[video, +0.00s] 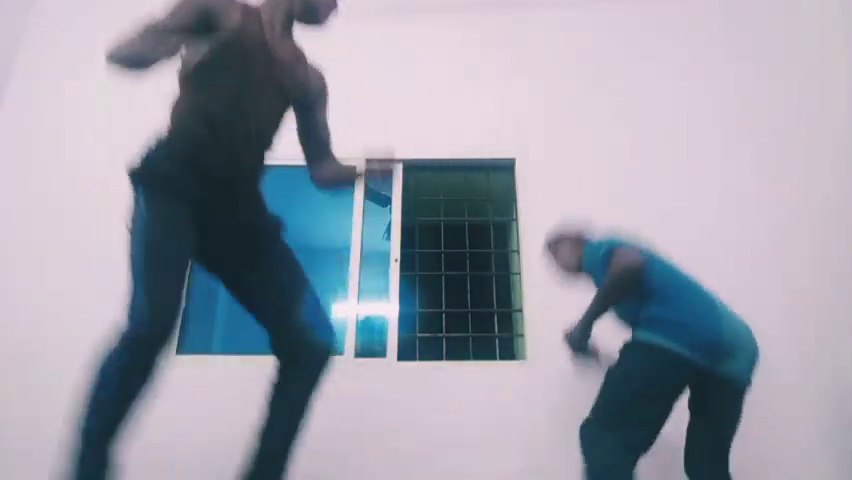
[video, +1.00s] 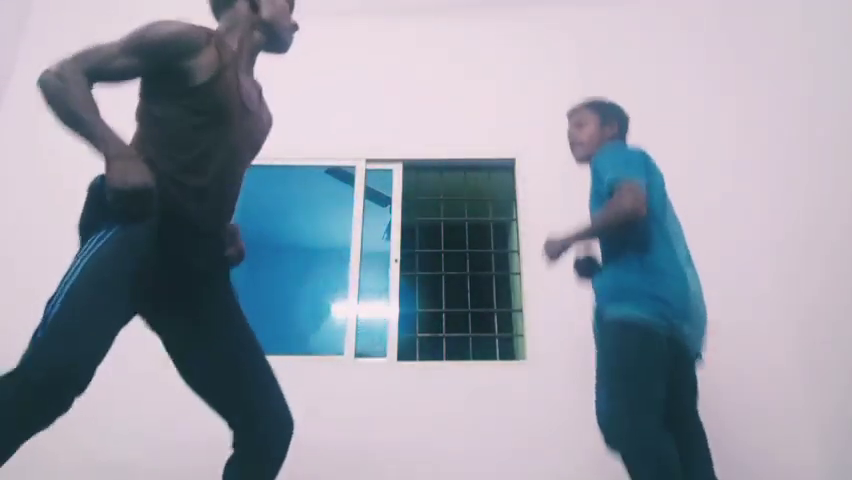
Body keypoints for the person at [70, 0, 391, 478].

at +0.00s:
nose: (334, 3)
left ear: (311, 3)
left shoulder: (304, 77)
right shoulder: (225, 15)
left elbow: (323, 170)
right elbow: (123, 54)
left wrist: (364, 172)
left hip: (235, 207)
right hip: (171, 190)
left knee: (310, 344)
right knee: (150, 326)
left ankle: (264, 473)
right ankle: (89, 466)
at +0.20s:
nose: (259, 7)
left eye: (262, 5)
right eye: (252, 2)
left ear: (268, 2)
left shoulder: (269, 60)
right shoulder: (190, 9)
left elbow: (255, 161)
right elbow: (116, 35)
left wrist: (300, 119)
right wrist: (223, 34)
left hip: (190, 200)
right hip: (130, 169)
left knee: (225, 371)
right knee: (61, 304)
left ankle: (182, 473)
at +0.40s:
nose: (290, 18)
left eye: (290, 7)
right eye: (283, 4)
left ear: (248, 11)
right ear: (247, 5)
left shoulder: (244, 119)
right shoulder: (156, 35)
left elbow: (203, 220)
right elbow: (48, 110)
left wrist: (239, 230)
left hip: (136, 264)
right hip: (68, 231)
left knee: (237, 409)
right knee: (62, 369)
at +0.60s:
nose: (309, 17)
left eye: (307, 6)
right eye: (299, 3)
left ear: (266, 11)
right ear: (262, 5)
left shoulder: (275, 108)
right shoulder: (189, 35)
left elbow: (226, 188)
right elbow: (67, 83)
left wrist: (230, 256)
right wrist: (103, 176)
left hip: (199, 263)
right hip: (129, 238)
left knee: (273, 424)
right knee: (72, 361)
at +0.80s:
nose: (317, 6)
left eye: (315, 2)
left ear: (290, 7)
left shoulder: (279, 76)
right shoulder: (212, 19)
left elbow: (234, 136)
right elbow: (83, 43)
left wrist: (246, 191)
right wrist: (127, 113)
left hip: (219, 230)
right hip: (159, 195)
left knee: (263, 394)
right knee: (70, 339)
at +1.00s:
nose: (295, 15)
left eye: (292, 5)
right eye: (284, 3)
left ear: (254, 12)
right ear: (249, 6)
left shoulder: (254, 104)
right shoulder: (184, 41)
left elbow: (197, 171)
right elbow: (60, 77)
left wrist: (221, 227)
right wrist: (117, 153)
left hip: (195, 263)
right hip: (132, 237)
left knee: (268, 427)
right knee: (43, 386)